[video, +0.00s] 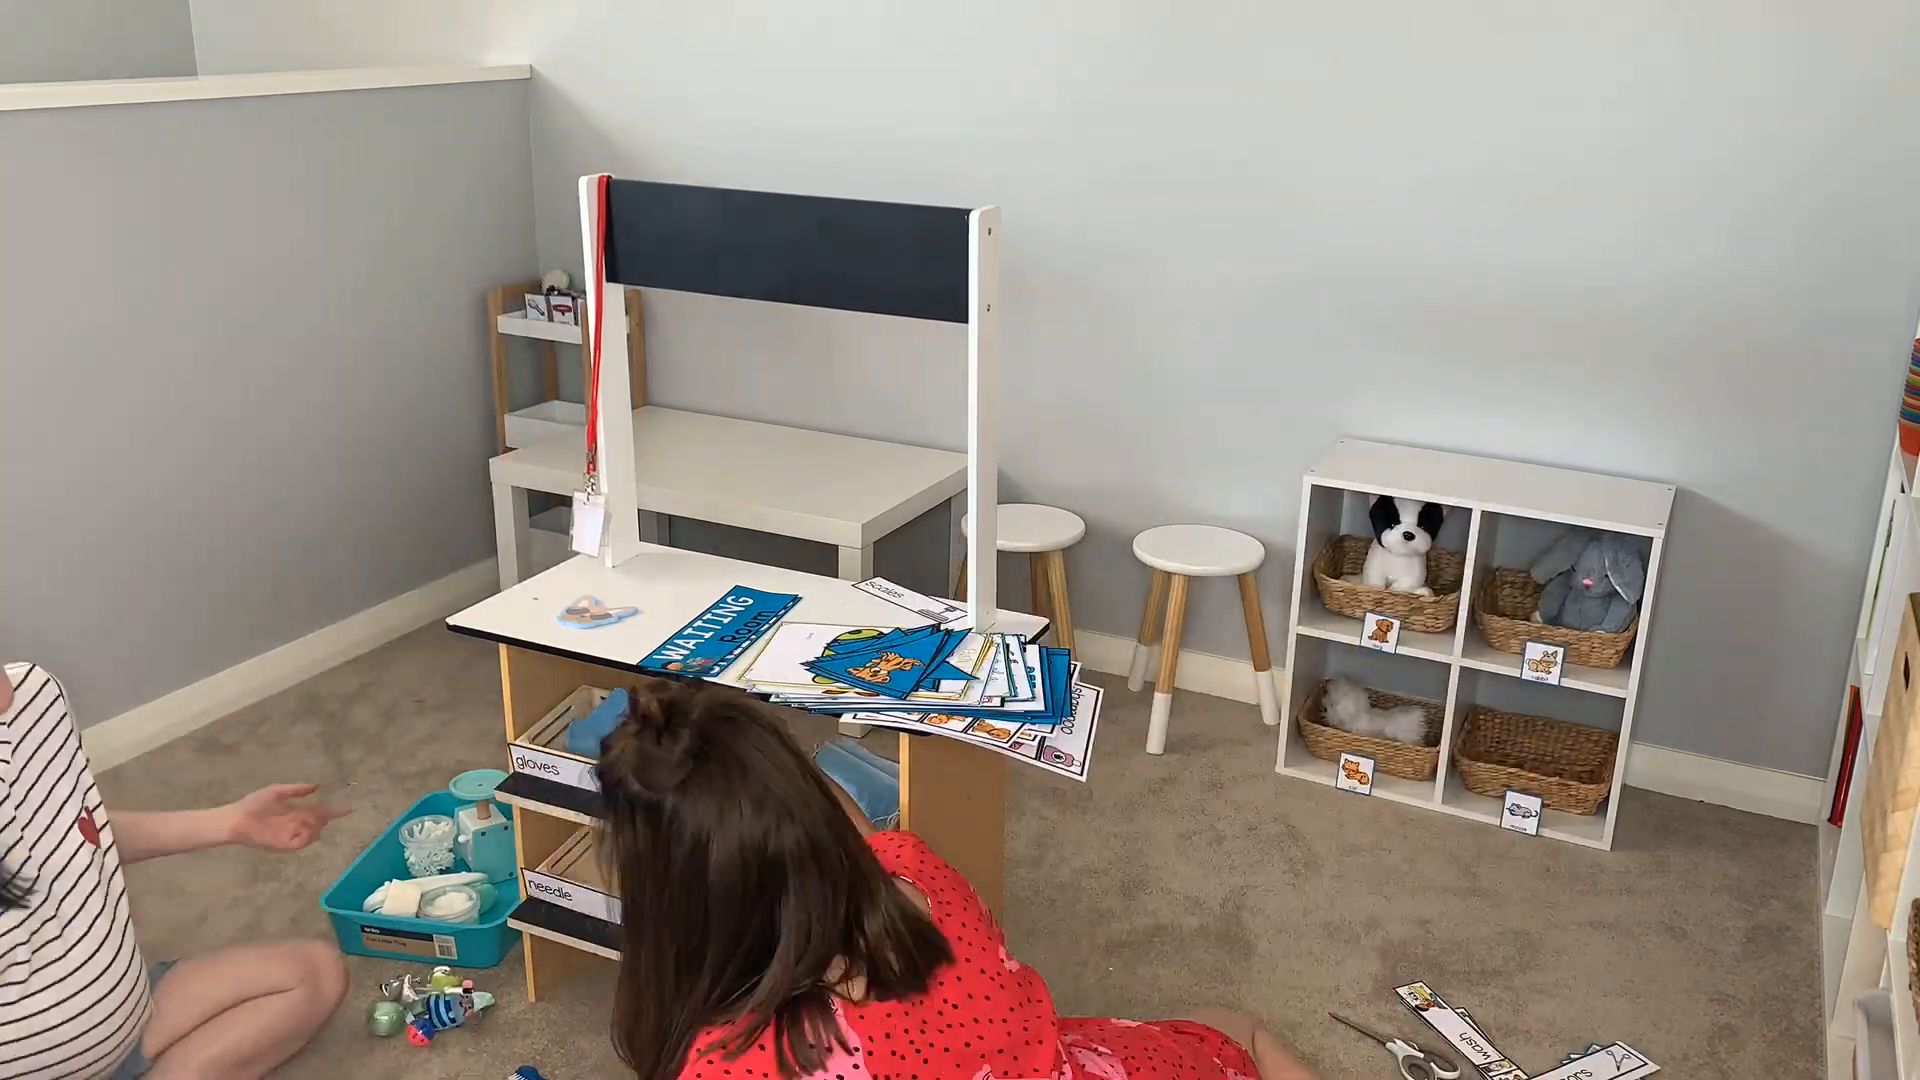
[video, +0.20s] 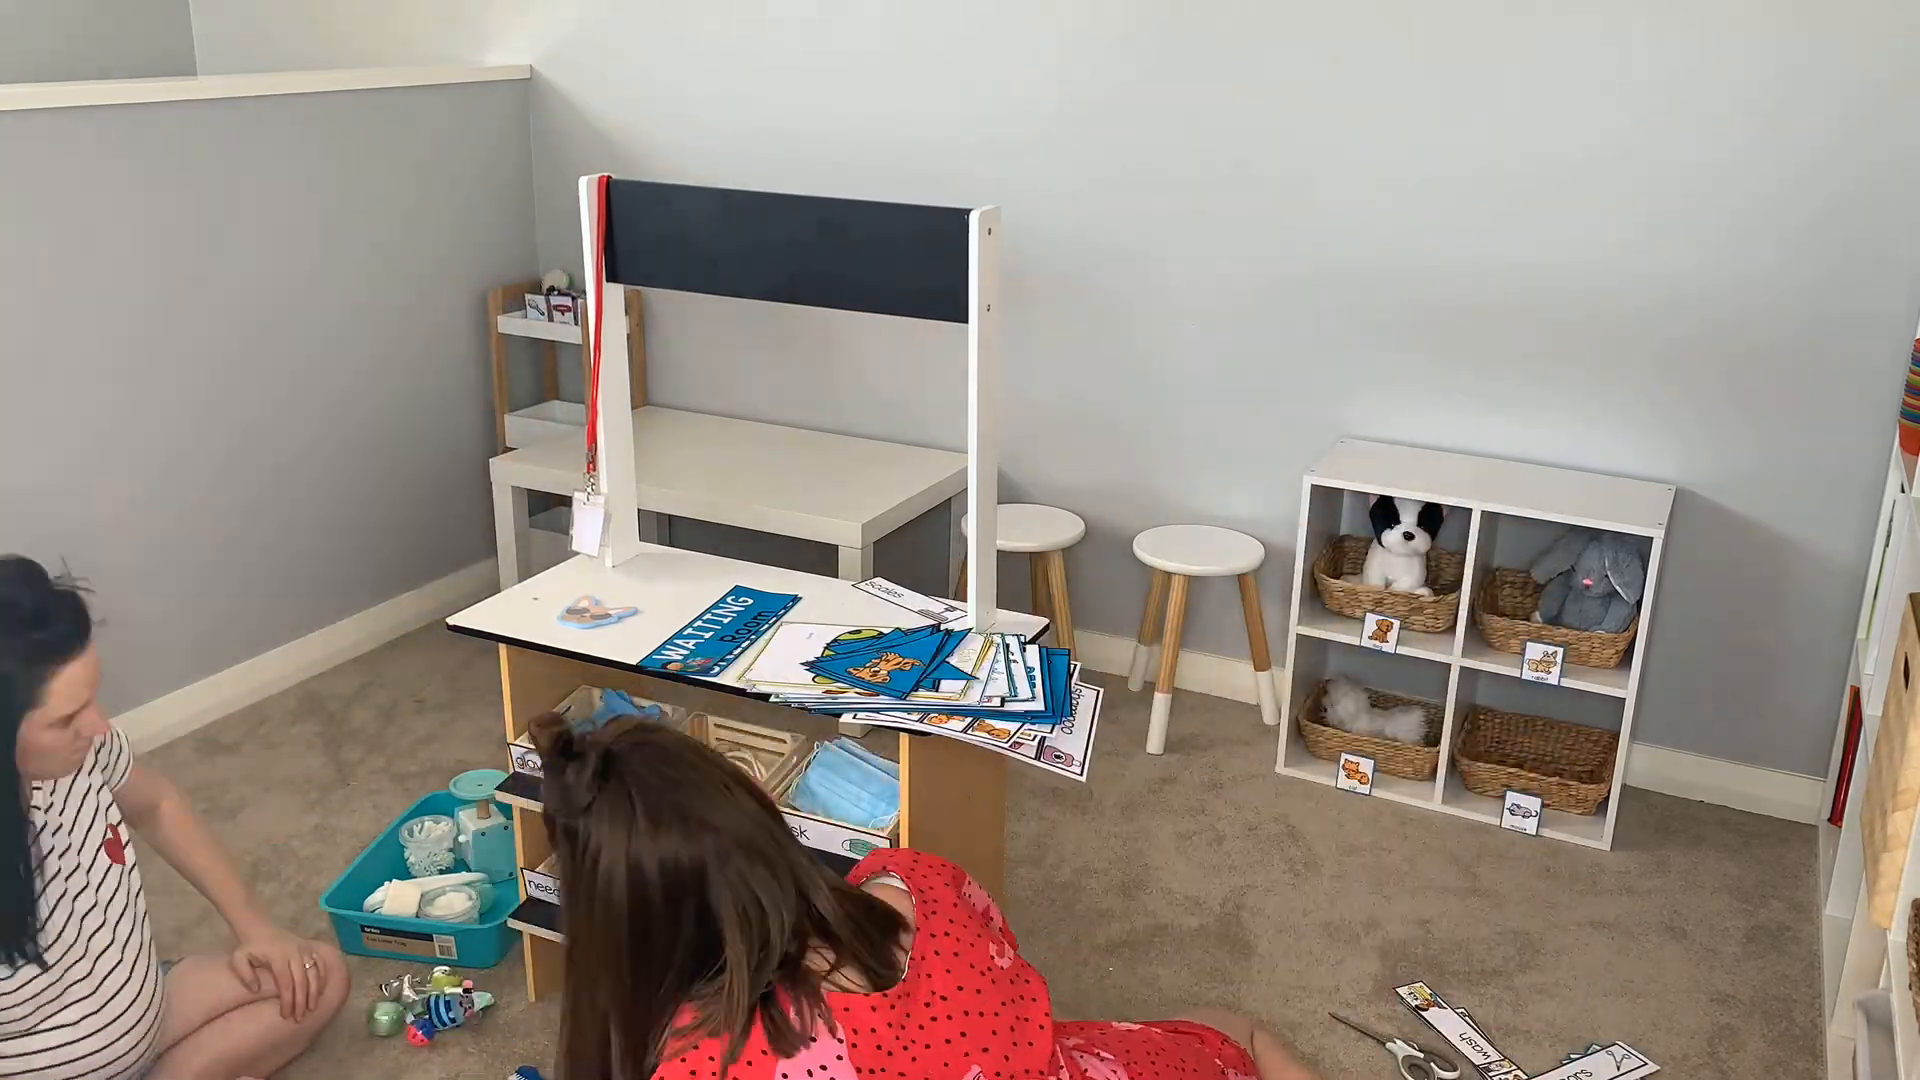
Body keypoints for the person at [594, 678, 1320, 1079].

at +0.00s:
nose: (623, 886)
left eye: (629, 866)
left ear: (664, 887)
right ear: (802, 785)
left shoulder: (734, 1059)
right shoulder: (893, 861)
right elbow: (1004, 975)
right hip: (1072, 1059)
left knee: (1244, 1040)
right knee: (1243, 1038)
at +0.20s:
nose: (556, 890)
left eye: (564, 875)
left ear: (612, 910)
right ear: (751, 808)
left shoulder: (698, 1067)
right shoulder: (910, 878)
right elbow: (1017, 1000)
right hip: (1060, 1064)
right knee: (1251, 1048)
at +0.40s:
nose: (502, 927)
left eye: (504, 902)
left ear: (554, 914)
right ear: (652, 794)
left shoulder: (661, 1048)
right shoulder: (783, 861)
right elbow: (935, 953)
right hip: (1060, 1037)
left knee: (1239, 1050)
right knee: (1244, 1048)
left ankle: (1296, 1058)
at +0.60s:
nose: (653, 871)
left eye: (654, 851)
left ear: (701, 866)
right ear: (830, 746)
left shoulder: (786, 1055)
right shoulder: (987, 820)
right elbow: (1081, 950)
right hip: (1155, 1059)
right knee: (1225, 1023)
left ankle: (1222, 1023)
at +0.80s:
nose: (1428, 759)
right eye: (1431, 740)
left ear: (1290, 666)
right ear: (1416, 746)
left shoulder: (1148, 797)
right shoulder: (1392, 926)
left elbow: (947, 1023)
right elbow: (1385, 1066)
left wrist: (1033, 903)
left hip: (1052, 1069)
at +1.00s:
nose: (936, 714)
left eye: (958, 699)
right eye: (943, 689)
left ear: (1028, 722)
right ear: (1121, 697)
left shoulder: (973, 923)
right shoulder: (1242, 853)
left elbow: (893, 1065)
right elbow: (1309, 1056)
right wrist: (1220, 825)